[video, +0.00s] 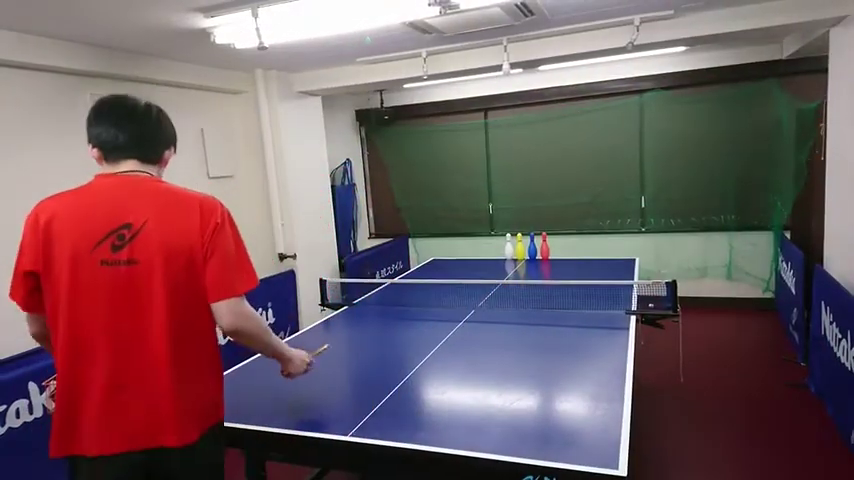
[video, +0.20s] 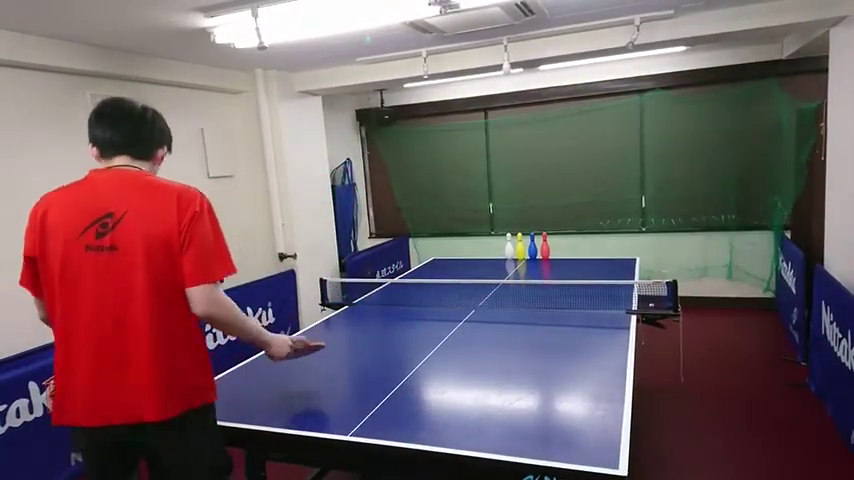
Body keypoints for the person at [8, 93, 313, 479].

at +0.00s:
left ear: (95, 153)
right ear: (167, 155)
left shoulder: (47, 217)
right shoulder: (202, 212)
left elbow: (40, 329)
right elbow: (233, 319)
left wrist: (83, 368)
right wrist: (285, 354)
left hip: (93, 444)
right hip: (186, 436)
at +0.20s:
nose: (164, 163)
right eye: (166, 157)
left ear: (94, 151)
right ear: (159, 155)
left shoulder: (48, 209)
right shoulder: (183, 202)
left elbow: (46, 309)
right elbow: (205, 302)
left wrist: (100, 332)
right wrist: (269, 341)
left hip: (89, 414)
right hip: (174, 409)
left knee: (106, 472)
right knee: (200, 472)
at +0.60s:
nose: (146, 191)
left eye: (149, 184)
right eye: (149, 182)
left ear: (93, 167)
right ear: (139, 171)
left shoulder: (57, 212)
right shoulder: (121, 193)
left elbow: (68, 309)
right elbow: (111, 280)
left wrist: (139, 363)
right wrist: (202, 321)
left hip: (51, 395)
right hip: (113, 391)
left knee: (79, 472)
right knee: (140, 471)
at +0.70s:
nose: (144, 198)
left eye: (147, 192)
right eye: (147, 189)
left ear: (95, 167)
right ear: (139, 173)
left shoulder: (60, 208)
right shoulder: (115, 192)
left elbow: (61, 305)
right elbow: (96, 271)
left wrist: (127, 356)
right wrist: (187, 320)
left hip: (43, 390)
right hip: (95, 386)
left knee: (67, 472)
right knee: (130, 471)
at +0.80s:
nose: (140, 203)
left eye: (144, 196)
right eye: (145, 192)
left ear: (96, 170)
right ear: (138, 175)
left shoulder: (62, 208)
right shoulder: (109, 190)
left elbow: (66, 312)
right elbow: (84, 268)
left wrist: (128, 357)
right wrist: (171, 317)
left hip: (42, 386)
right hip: (84, 384)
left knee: (67, 472)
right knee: (127, 470)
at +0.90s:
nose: (138, 203)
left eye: (144, 197)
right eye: (144, 192)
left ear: (96, 169)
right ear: (137, 176)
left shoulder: (64, 204)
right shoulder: (105, 190)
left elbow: (63, 309)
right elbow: (76, 267)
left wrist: (122, 357)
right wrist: (164, 316)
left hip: (40, 385)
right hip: (77, 386)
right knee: (104, 471)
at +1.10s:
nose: (139, 200)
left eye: (145, 192)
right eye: (145, 189)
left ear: (97, 166)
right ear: (135, 174)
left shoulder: (67, 200)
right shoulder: (99, 190)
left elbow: (56, 311)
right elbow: (70, 270)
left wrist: (118, 351)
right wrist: (157, 320)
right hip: (65, 387)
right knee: (85, 470)